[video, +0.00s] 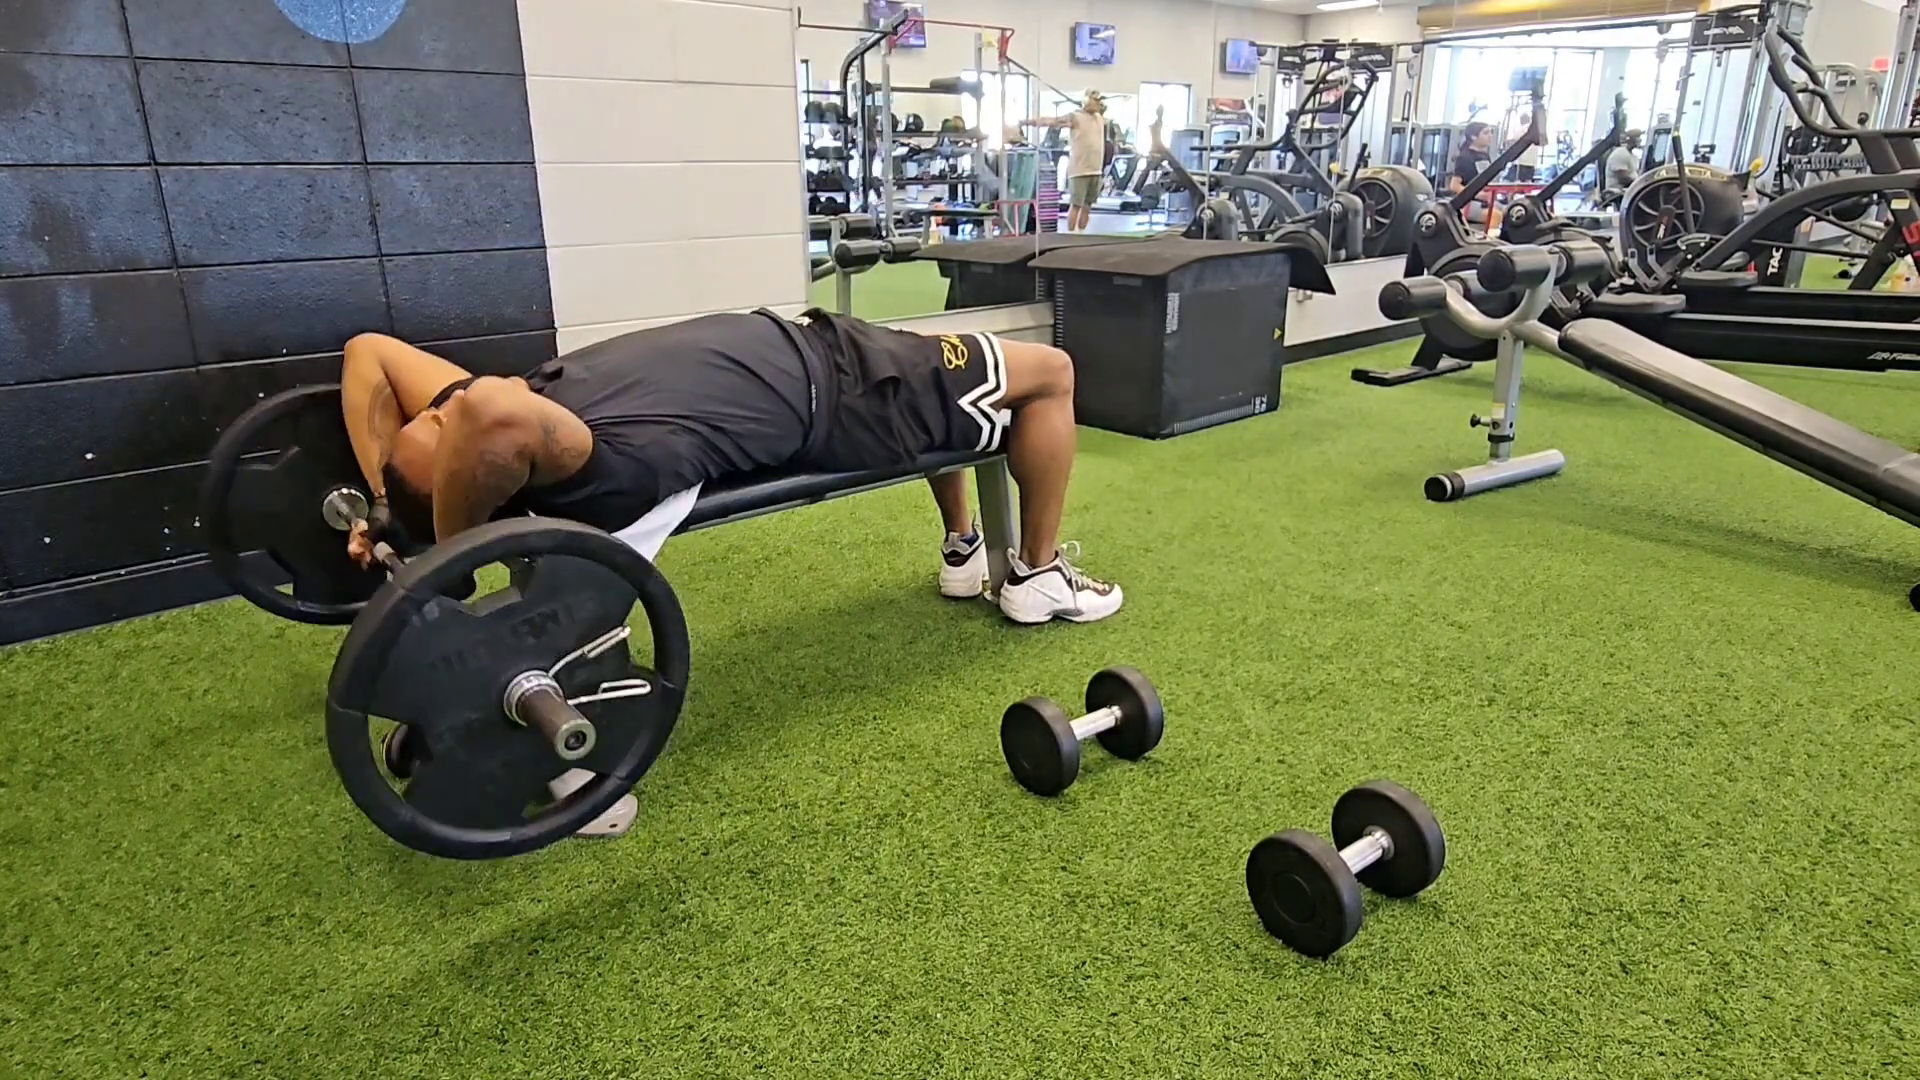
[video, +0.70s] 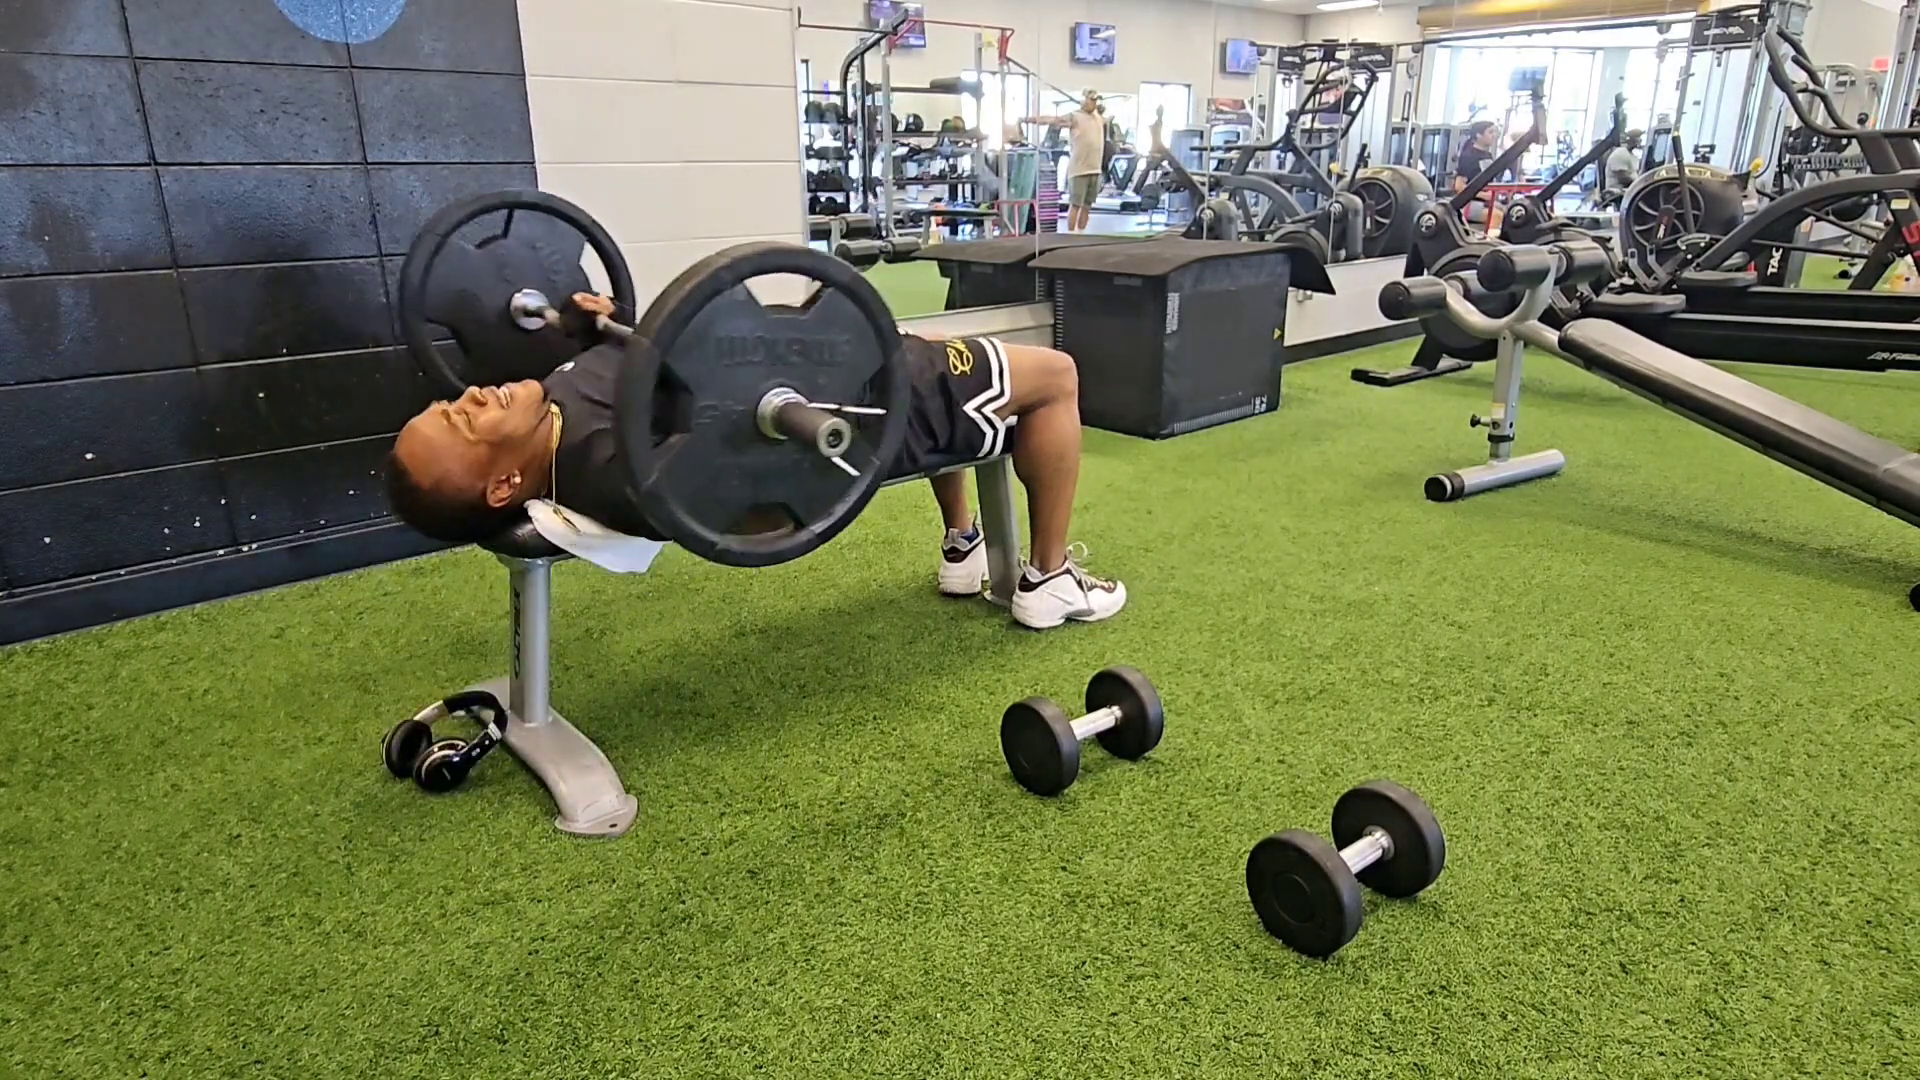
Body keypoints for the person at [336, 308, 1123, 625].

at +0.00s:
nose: (446, 397)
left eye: (430, 412)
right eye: (444, 421)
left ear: (426, 467)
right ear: (483, 470)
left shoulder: (495, 417)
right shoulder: (595, 464)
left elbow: (368, 347)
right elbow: (491, 412)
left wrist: (378, 485)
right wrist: (437, 551)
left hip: (780, 340)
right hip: (836, 382)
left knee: (930, 342)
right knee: (1049, 372)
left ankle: (966, 547)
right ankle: (1037, 574)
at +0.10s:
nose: (430, 408)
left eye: (412, 421)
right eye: (428, 426)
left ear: (396, 456)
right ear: (462, 472)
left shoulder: (463, 426)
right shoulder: (583, 456)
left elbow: (394, 315)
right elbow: (510, 360)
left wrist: (369, 451)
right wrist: (426, 470)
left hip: (775, 341)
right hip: (830, 384)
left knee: (926, 347)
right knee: (1046, 369)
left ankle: (968, 545)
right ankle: (1038, 574)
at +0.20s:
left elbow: (447, 287)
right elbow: (561, 332)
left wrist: (367, 406)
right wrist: (418, 433)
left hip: (774, 340)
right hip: (833, 389)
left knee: (926, 360)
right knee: (1042, 371)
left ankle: (966, 544)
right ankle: (1042, 572)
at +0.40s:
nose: (436, 438)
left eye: (425, 445)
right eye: (438, 452)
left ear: (434, 444)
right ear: (468, 475)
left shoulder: (491, 402)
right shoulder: (547, 426)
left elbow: (574, 320)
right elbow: (582, 318)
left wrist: (459, 320)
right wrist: (469, 323)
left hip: (767, 347)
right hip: (810, 387)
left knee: (929, 342)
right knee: (1043, 372)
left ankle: (965, 546)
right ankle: (1053, 576)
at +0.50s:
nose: (469, 393)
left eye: (448, 402)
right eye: (459, 418)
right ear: (499, 485)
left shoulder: (532, 404)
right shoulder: (587, 481)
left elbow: (611, 339)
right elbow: (692, 475)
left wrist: (538, 318)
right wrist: (762, 446)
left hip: (792, 356)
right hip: (839, 410)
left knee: (937, 345)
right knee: (1050, 372)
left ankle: (965, 545)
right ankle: (1053, 576)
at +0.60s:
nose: (479, 390)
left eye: (457, 401)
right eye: (471, 417)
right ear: (508, 483)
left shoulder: (548, 405)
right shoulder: (608, 474)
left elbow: (640, 379)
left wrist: (583, 326)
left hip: (793, 366)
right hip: (844, 420)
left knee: (933, 341)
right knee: (1053, 372)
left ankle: (965, 545)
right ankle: (1052, 577)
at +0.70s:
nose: (481, 388)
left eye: (457, 399)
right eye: (471, 416)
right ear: (507, 485)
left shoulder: (542, 394)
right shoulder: (605, 470)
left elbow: (659, 368)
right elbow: (732, 491)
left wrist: (608, 326)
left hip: (782, 366)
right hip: (839, 422)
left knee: (935, 341)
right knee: (1053, 372)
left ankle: (964, 545)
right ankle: (1051, 579)